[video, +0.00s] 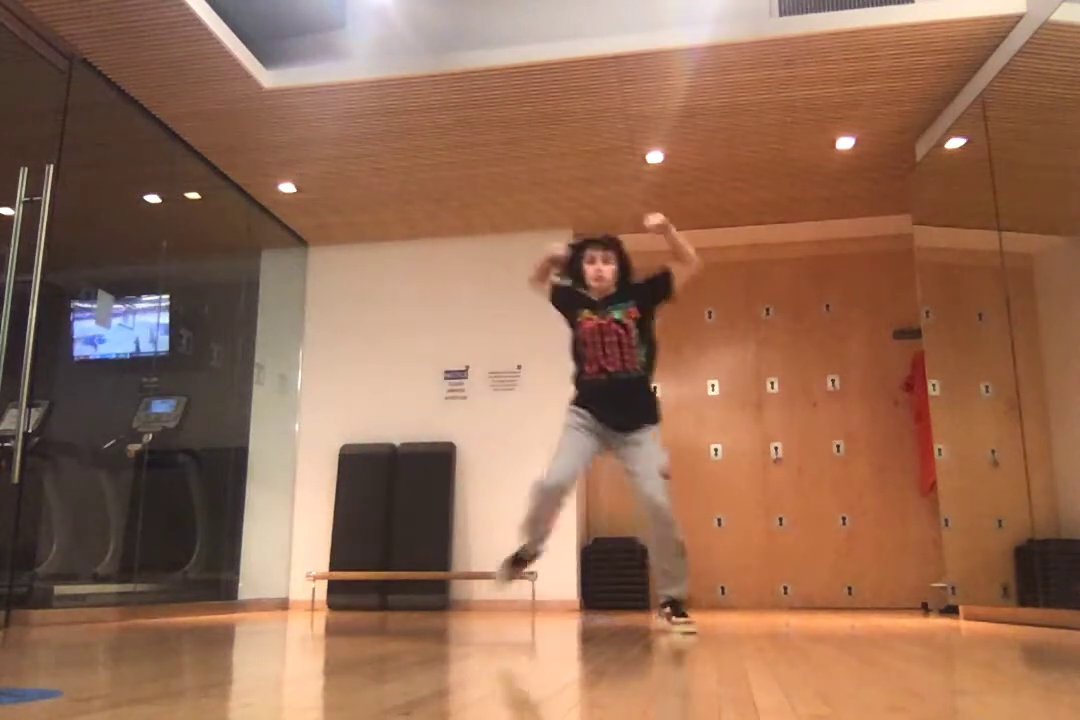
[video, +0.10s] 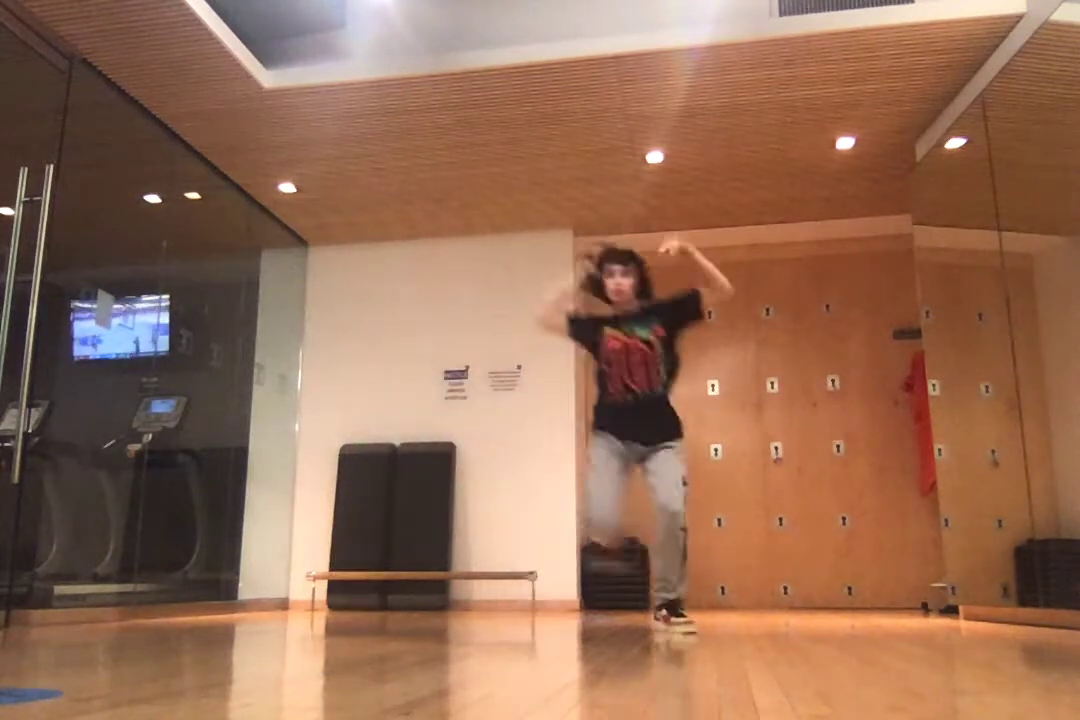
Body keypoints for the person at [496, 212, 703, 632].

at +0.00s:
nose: (599, 269)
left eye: (608, 261)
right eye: (591, 261)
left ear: (621, 267)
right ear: (580, 269)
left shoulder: (640, 296)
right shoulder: (575, 304)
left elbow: (690, 265)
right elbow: (538, 282)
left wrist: (667, 232)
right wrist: (549, 260)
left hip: (638, 422)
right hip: (587, 417)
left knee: (657, 502)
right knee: (554, 483)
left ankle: (672, 599)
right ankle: (528, 550)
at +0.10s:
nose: (617, 283)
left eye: (624, 275)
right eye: (610, 276)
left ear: (639, 280)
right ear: (602, 284)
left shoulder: (663, 315)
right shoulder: (597, 326)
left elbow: (721, 290)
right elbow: (548, 318)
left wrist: (689, 252)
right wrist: (578, 284)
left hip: (661, 433)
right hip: (610, 435)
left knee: (673, 511)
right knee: (602, 525)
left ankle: (668, 602)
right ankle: (609, 543)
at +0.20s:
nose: (663, 300)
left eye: (668, 294)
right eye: (655, 291)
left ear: (674, 303)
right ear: (638, 298)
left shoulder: (683, 346)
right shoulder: (619, 341)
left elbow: (707, 327)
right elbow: (630, 389)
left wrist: (691, 285)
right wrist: (614, 352)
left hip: (672, 445)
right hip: (627, 452)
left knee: (675, 516)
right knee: (654, 535)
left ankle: (670, 604)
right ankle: (719, 564)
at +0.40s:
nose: (695, 340)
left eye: (698, 334)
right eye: (694, 332)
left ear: (680, 328)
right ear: (679, 326)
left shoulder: (688, 361)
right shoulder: (636, 361)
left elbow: (699, 396)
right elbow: (656, 417)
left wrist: (703, 342)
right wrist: (689, 456)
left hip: (698, 456)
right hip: (656, 467)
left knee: (679, 524)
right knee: (703, 540)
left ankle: (669, 605)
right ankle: (785, 591)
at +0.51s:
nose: (694, 309)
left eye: (699, 303)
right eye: (688, 301)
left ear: (700, 307)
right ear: (669, 299)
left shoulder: (696, 342)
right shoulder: (631, 340)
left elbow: (691, 367)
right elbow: (630, 396)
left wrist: (689, 314)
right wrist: (664, 435)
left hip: (698, 439)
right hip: (652, 451)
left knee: (684, 516)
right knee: (704, 528)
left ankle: (672, 603)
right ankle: (771, 587)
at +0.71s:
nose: (634, 275)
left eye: (641, 266)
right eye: (627, 270)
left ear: (660, 267)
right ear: (621, 277)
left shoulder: (666, 299)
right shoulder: (632, 321)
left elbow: (622, 330)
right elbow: (634, 384)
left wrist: (578, 359)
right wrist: (634, 434)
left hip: (696, 431)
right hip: (652, 435)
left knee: (699, 515)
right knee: (607, 501)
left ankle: (745, 590)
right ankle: (602, 597)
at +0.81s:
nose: (626, 300)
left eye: (633, 291)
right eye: (618, 294)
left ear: (650, 294)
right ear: (610, 305)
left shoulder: (660, 336)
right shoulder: (628, 349)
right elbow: (628, 402)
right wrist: (634, 449)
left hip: (692, 450)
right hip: (647, 450)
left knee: (704, 520)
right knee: (592, 508)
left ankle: (737, 600)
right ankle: (561, 603)